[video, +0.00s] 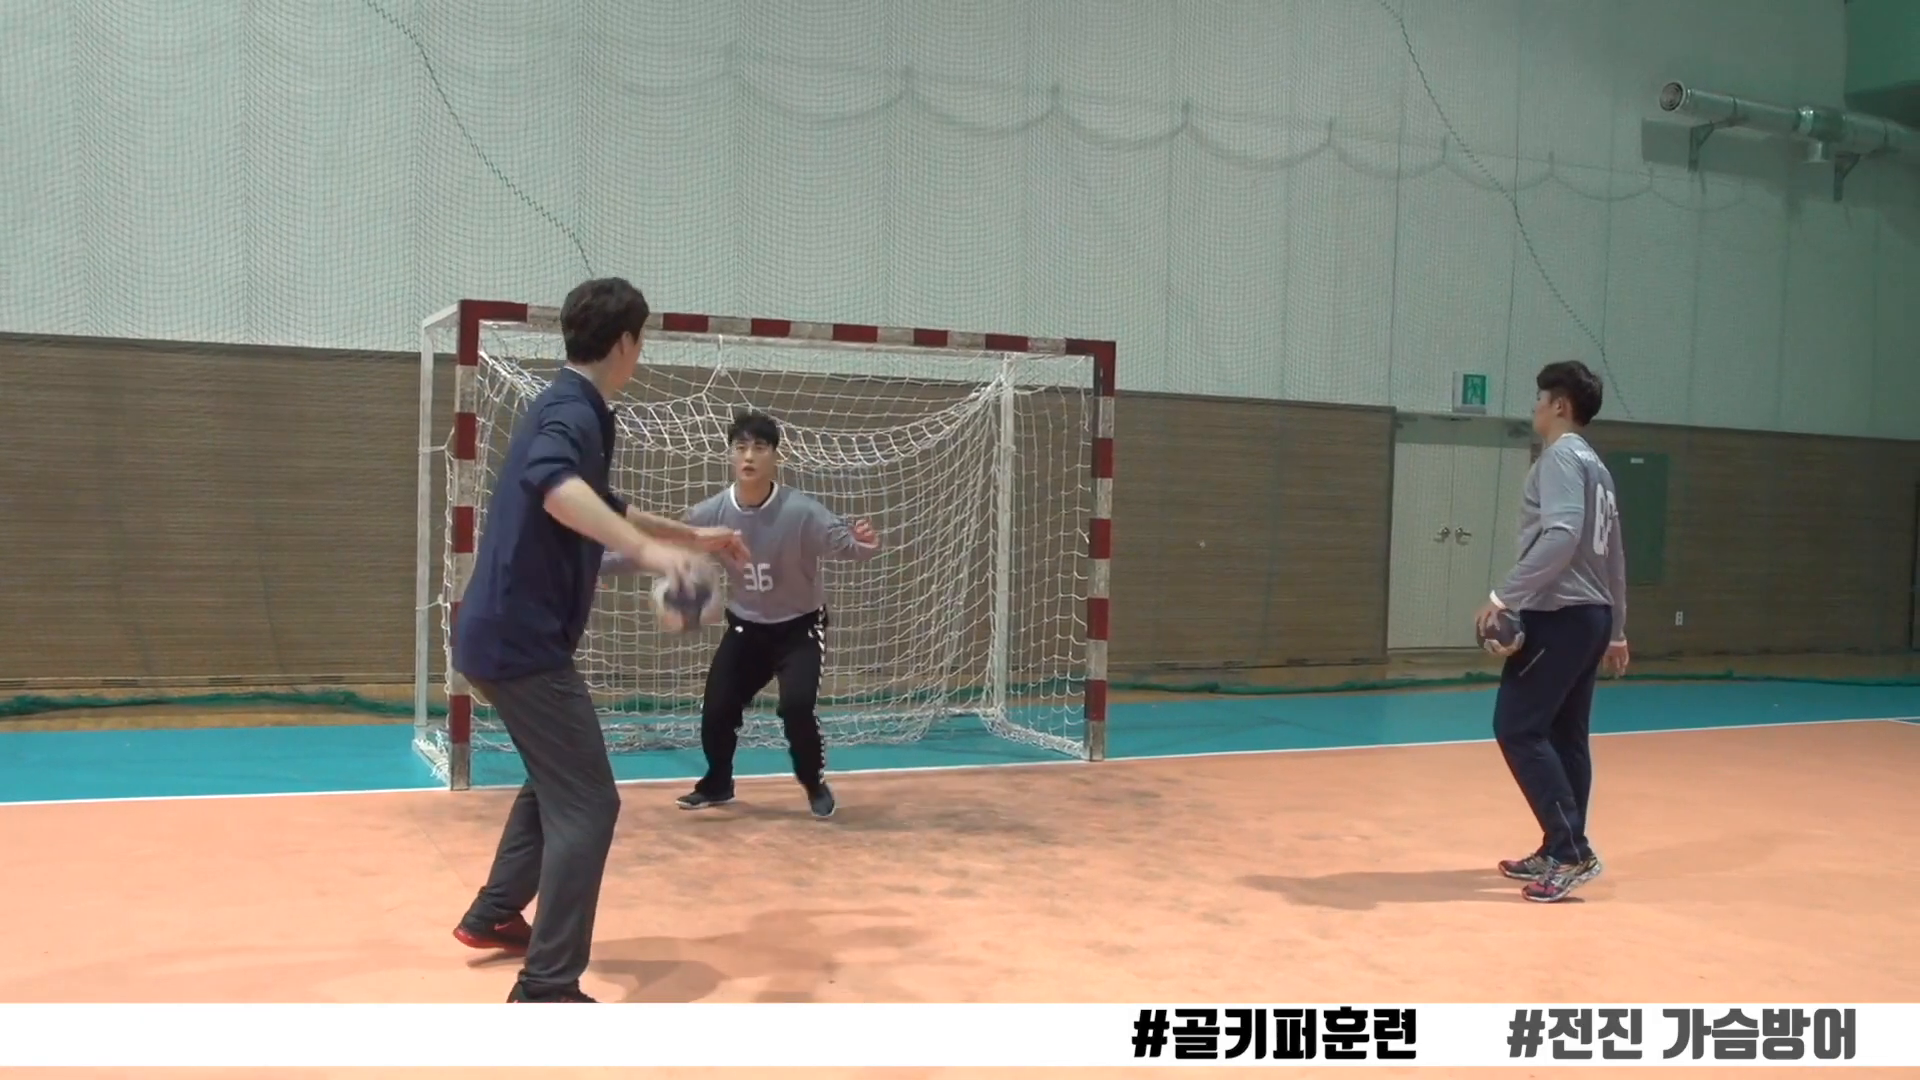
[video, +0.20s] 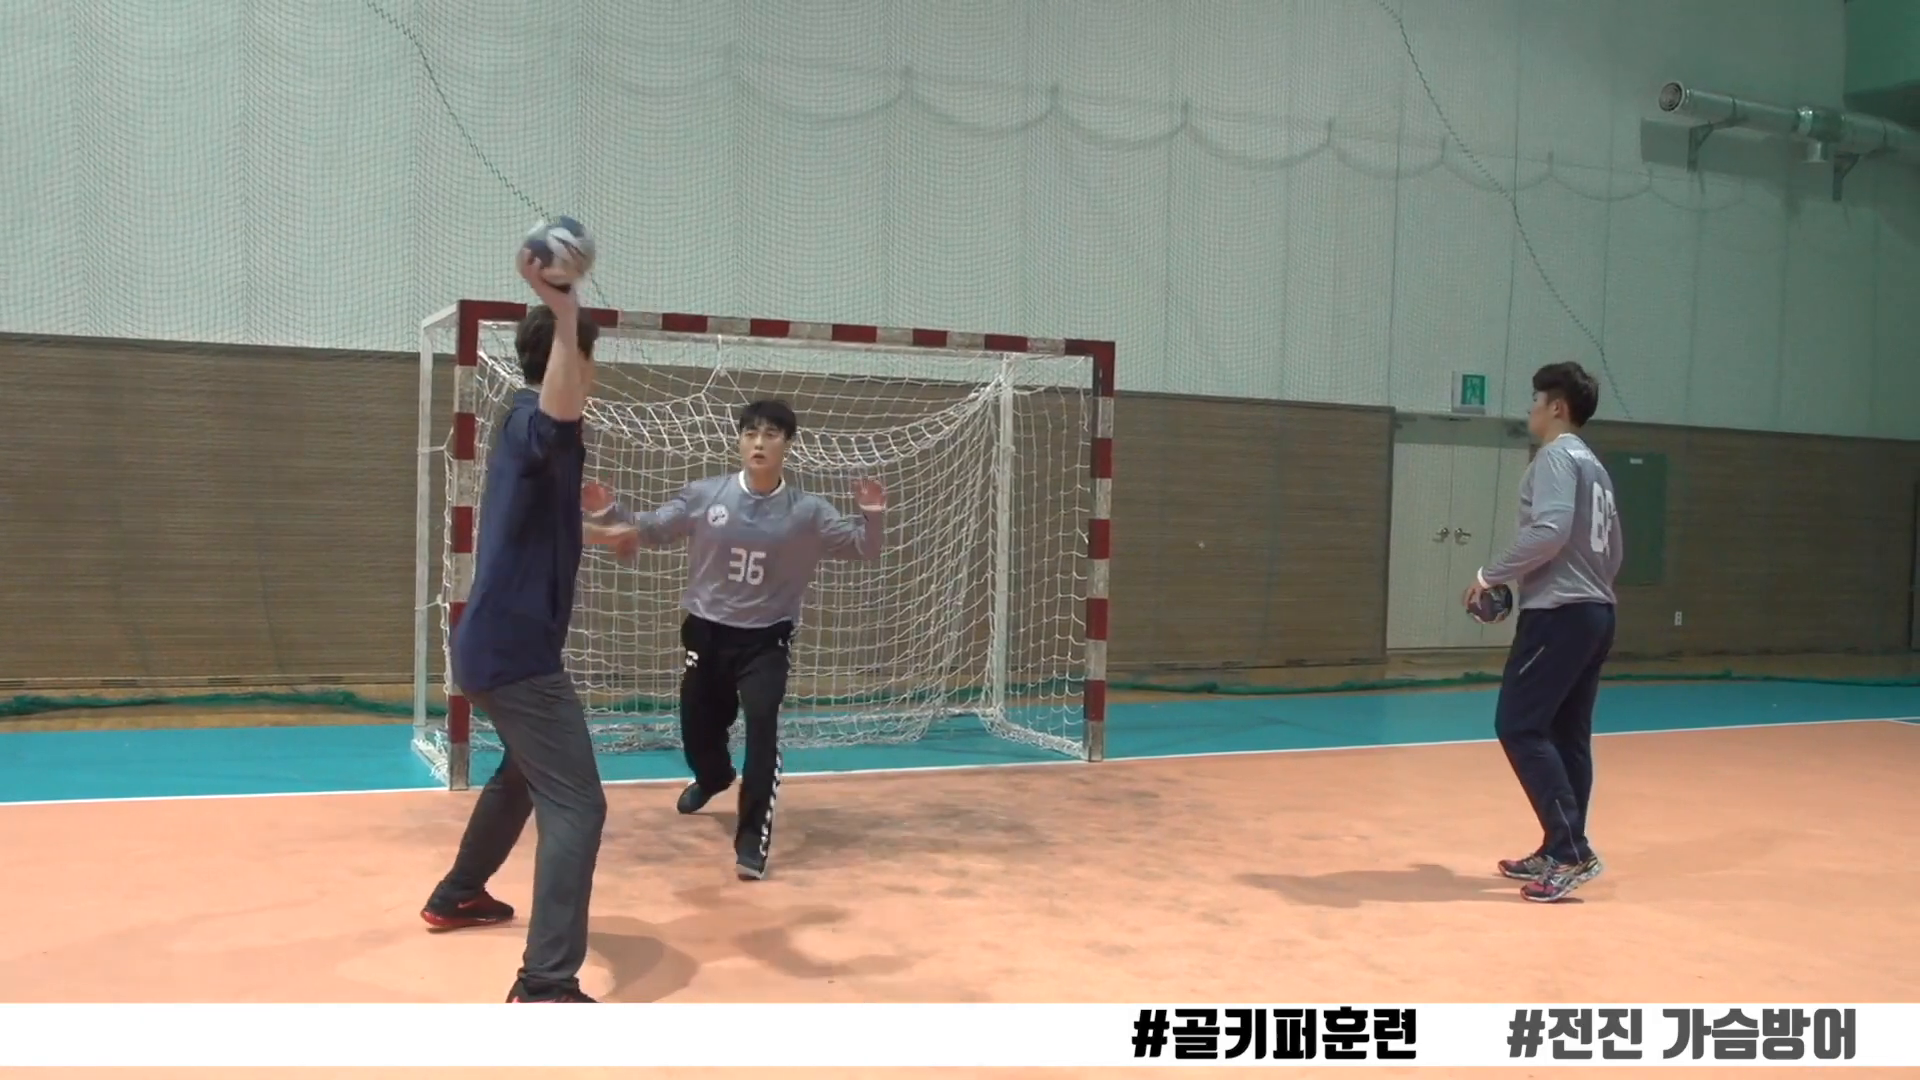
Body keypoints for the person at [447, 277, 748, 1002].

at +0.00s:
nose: (640, 354)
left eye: (639, 341)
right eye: (639, 340)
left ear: (582, 338)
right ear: (622, 342)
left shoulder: (586, 411)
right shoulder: (567, 407)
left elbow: (609, 512)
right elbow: (555, 488)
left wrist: (697, 538)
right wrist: (648, 553)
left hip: (519, 634)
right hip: (515, 639)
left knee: (559, 779)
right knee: (588, 803)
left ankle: (493, 915)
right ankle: (549, 985)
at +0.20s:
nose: (587, 380)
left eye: (587, 363)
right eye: (581, 364)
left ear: (534, 367)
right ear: (556, 367)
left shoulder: (532, 430)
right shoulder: (534, 432)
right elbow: (559, 417)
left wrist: (584, 511)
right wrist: (567, 310)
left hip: (497, 647)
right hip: (517, 652)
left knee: (528, 768)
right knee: (578, 806)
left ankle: (459, 890)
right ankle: (548, 981)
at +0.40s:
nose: (537, 369)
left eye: (530, 359)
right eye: (534, 358)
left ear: (473, 368)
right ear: (522, 362)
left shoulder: (447, 439)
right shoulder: (533, 415)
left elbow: (399, 547)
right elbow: (635, 411)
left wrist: (435, 604)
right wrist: (633, 322)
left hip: (446, 623)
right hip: (509, 616)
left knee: (475, 761)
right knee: (528, 772)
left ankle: (454, 895)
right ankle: (487, 936)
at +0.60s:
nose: (508, 357)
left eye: (503, 347)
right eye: (503, 348)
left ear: (441, 361)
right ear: (489, 353)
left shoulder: (404, 430)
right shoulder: (520, 401)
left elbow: (362, 525)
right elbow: (613, 413)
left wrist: (404, 590)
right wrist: (662, 388)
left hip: (409, 601)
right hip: (474, 588)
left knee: (448, 747)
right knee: (498, 745)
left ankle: (453, 887)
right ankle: (446, 896)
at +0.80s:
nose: (464, 338)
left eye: (459, 327)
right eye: (460, 327)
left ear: (398, 337)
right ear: (443, 330)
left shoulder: (359, 424)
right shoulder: (466, 388)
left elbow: (341, 533)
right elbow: (565, 427)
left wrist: (415, 532)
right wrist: (615, 420)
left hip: (374, 596)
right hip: (432, 587)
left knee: (433, 751)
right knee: (466, 752)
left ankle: (453, 896)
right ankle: (354, 894)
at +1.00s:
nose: (408, 336)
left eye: (405, 324)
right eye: (401, 324)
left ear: (353, 330)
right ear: (374, 327)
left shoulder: (322, 410)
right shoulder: (382, 400)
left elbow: (295, 530)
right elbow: (446, 501)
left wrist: (386, 538)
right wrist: (502, 556)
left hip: (335, 607)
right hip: (369, 610)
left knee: (423, 754)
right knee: (386, 777)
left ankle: (450, 896)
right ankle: (279, 923)